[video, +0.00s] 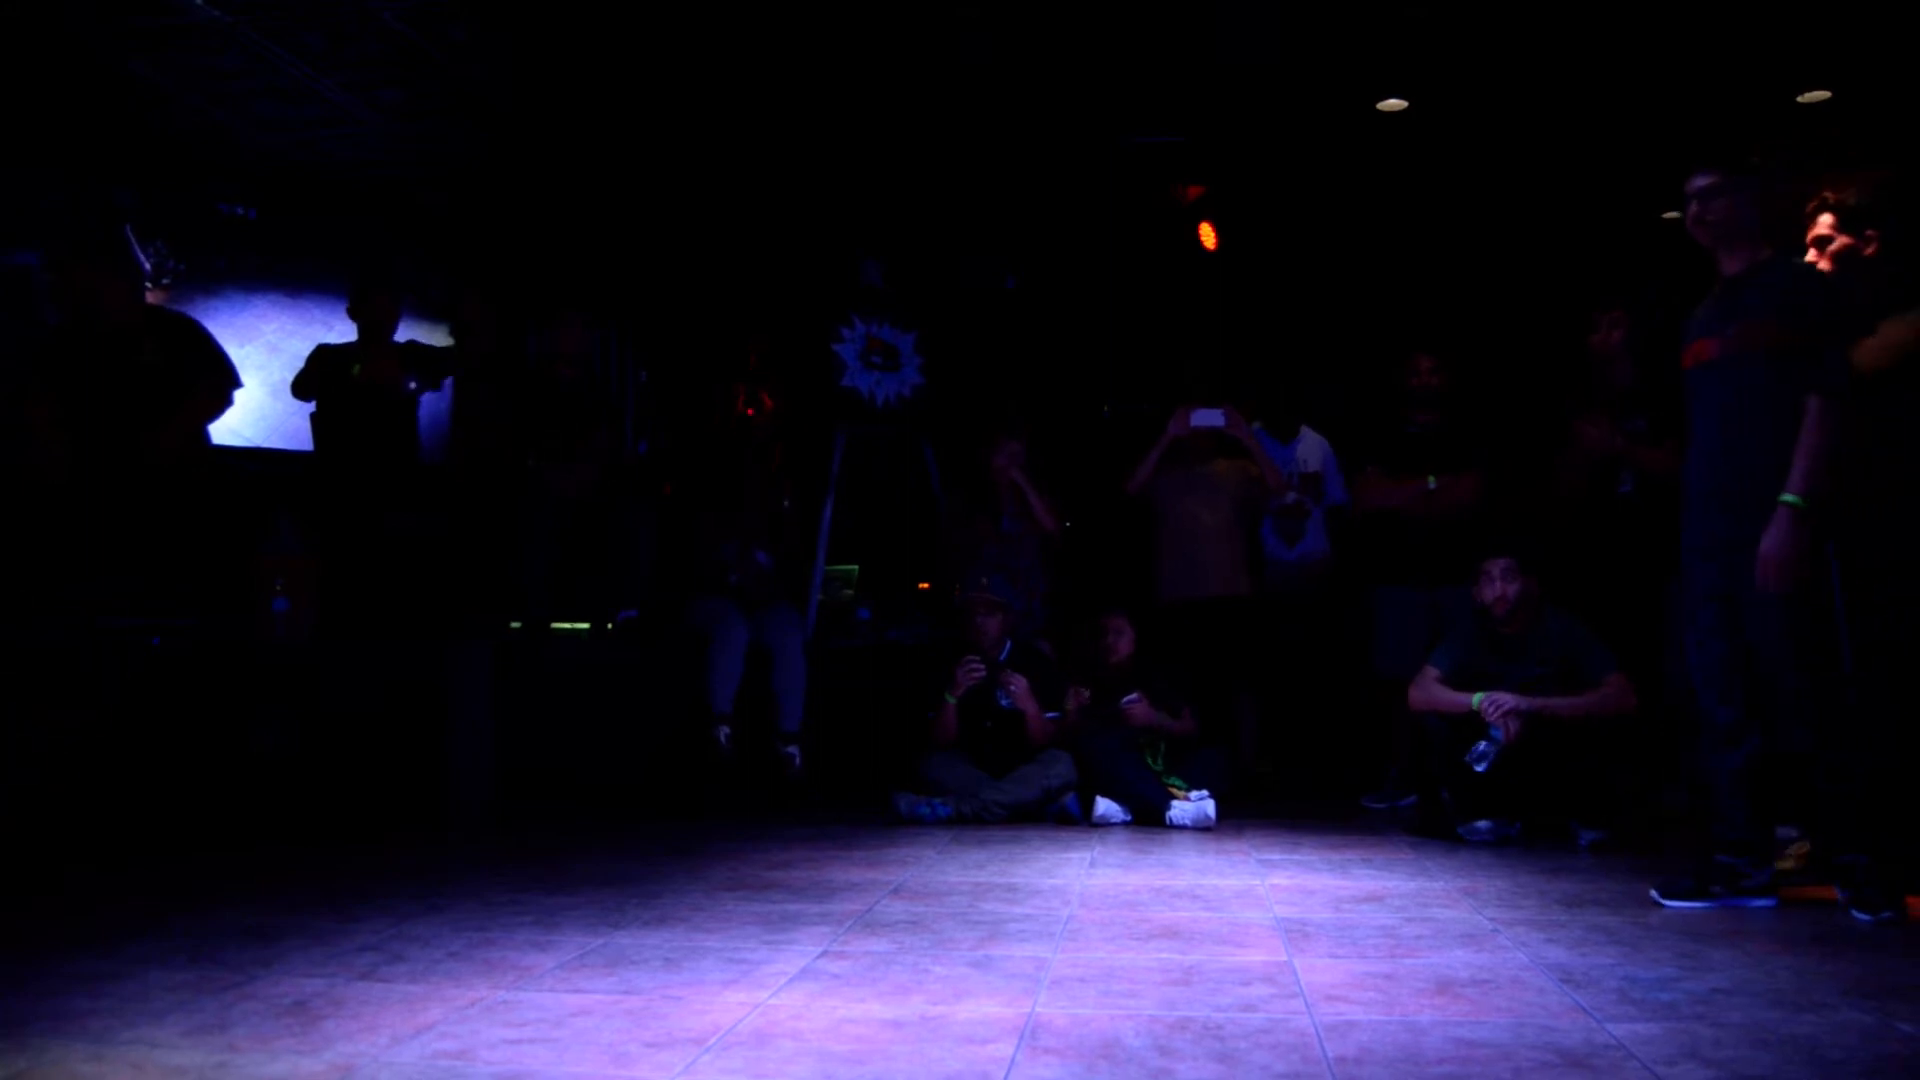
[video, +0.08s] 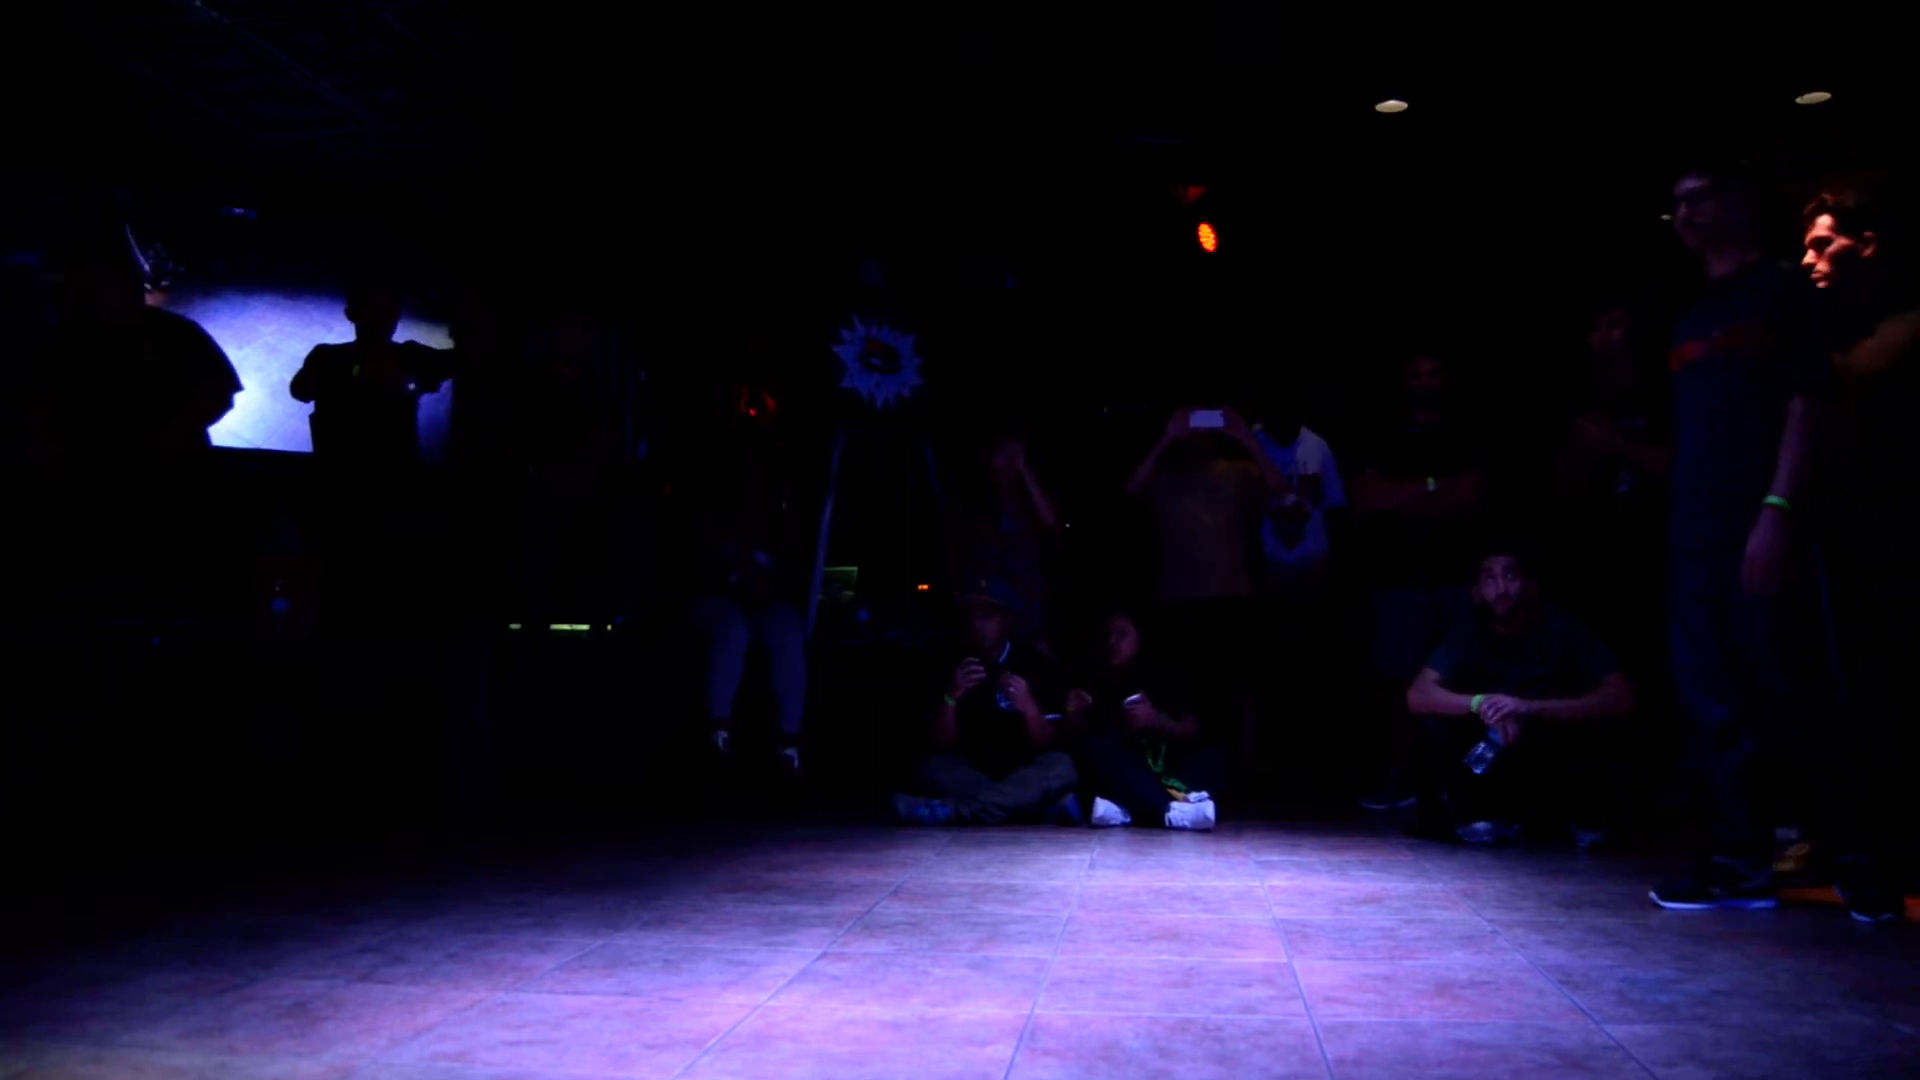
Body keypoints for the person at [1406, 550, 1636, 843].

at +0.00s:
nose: (1498, 591)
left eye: (1508, 579)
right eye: (1488, 581)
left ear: (1527, 584)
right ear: (1478, 589)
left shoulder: (1560, 631)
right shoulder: (1471, 632)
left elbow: (1619, 696)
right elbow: (1420, 693)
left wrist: (1528, 703)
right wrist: (1484, 704)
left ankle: (1587, 818)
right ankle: (1487, 815)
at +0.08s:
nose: (1501, 588)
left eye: (1510, 576)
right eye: (1490, 579)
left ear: (1528, 582)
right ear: (1479, 589)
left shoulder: (1560, 631)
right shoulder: (1470, 633)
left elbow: (1617, 696)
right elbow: (1419, 696)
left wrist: (1529, 706)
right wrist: (1482, 705)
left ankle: (1586, 819)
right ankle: (1487, 816)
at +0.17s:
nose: (1506, 594)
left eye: (1515, 582)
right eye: (1494, 585)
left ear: (1531, 586)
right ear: (1482, 596)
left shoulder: (1563, 633)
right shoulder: (1473, 636)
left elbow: (1621, 701)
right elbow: (1423, 699)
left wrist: (1532, 708)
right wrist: (1488, 708)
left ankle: (1588, 822)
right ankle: (1489, 819)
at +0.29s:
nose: (1508, 600)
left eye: (1516, 587)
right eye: (1496, 591)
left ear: (1533, 590)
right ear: (1483, 602)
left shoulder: (1565, 636)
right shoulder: (1475, 640)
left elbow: (1624, 701)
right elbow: (1426, 700)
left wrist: (1537, 707)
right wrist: (1490, 708)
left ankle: (1592, 824)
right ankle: (1489, 821)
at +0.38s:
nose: (1507, 597)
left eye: (1515, 584)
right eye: (1494, 588)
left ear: (1532, 589)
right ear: (1481, 601)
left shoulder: (1565, 637)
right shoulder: (1475, 640)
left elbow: (1624, 702)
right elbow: (1425, 701)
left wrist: (1536, 710)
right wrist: (1492, 713)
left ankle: (1591, 825)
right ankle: (1488, 822)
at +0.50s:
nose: (1508, 589)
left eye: (1517, 578)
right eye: (1496, 581)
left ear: (1534, 585)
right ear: (1483, 595)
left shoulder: (1566, 634)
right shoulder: (1478, 638)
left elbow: (1624, 702)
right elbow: (1430, 699)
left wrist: (1547, 700)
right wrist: (1488, 716)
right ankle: (1485, 821)